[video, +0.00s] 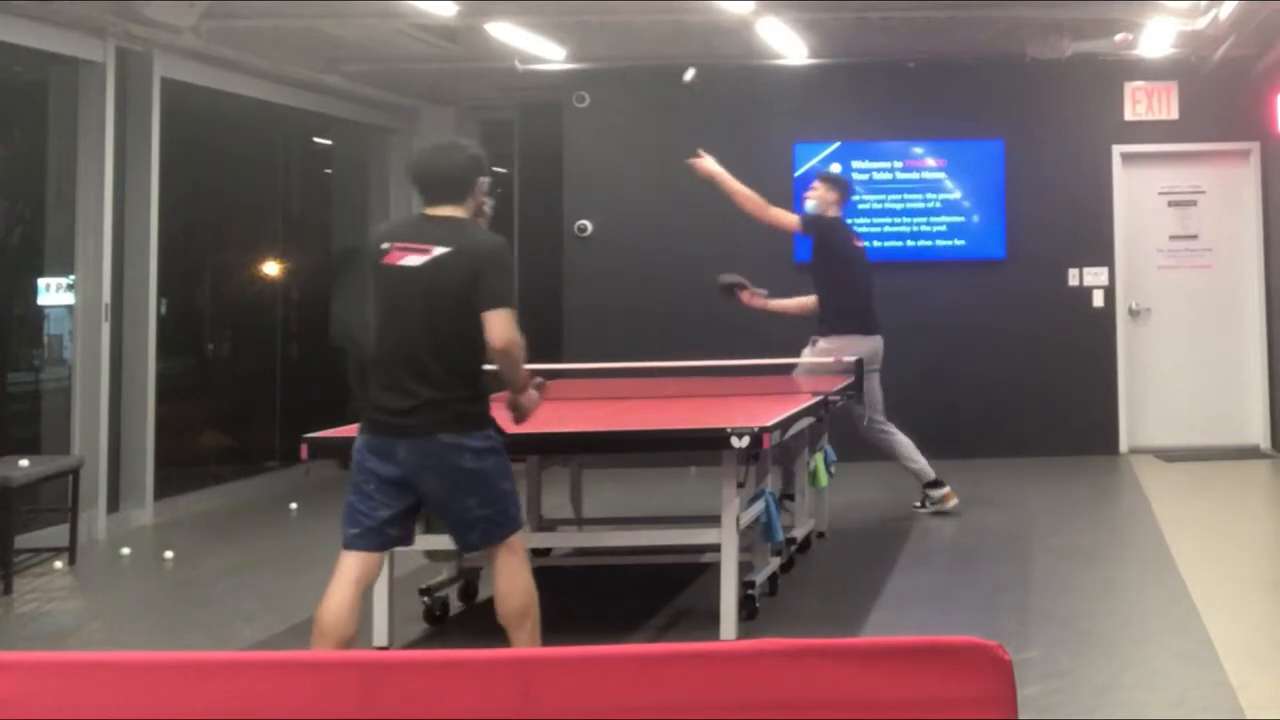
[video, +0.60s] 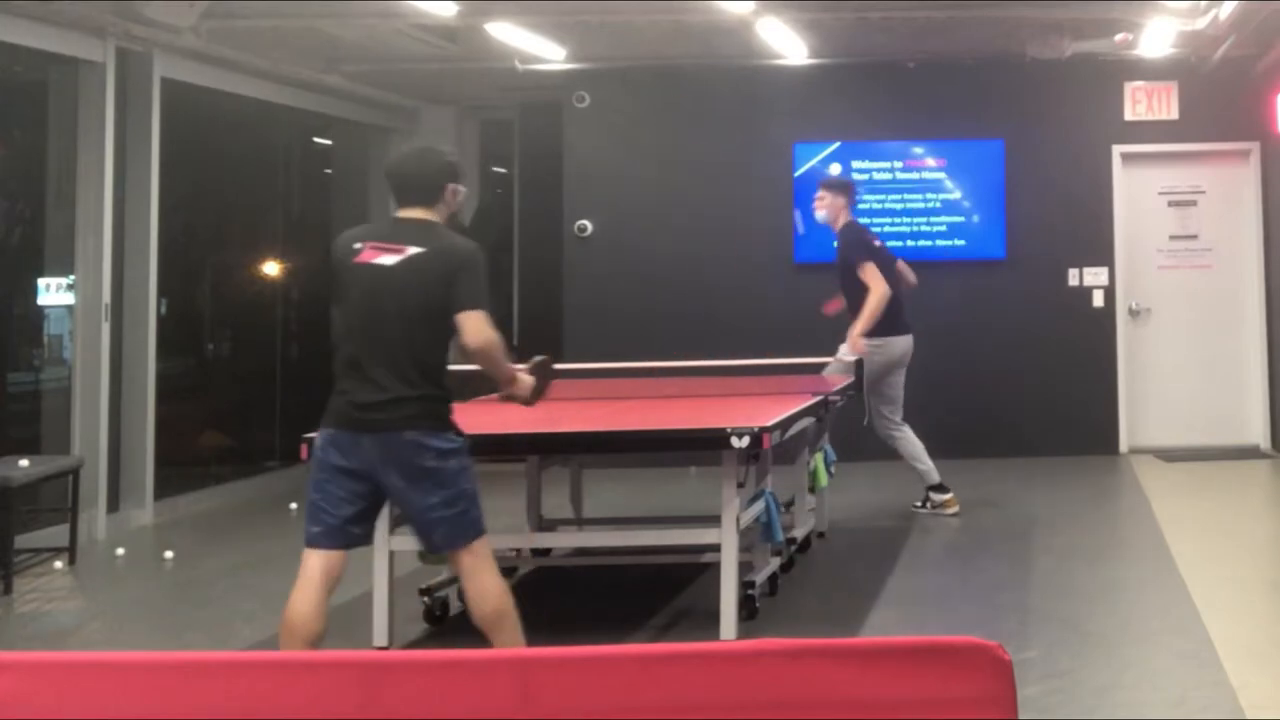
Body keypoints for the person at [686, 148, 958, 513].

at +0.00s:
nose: (808, 192)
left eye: (817, 187)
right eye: (811, 187)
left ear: (836, 198)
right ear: (834, 200)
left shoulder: (825, 227)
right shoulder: (848, 239)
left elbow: (763, 211)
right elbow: (822, 302)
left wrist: (717, 173)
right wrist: (766, 302)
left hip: (835, 345)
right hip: (868, 344)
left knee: (796, 420)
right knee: (874, 422)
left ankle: (790, 502)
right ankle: (935, 486)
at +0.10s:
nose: (821, 190)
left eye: (829, 185)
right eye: (824, 184)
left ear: (847, 197)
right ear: (846, 199)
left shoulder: (838, 229)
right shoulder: (857, 237)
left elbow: (775, 220)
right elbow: (840, 301)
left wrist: (730, 185)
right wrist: (788, 323)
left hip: (848, 342)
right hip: (880, 341)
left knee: (806, 413)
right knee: (885, 420)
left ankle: (788, 497)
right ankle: (939, 490)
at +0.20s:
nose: (829, 188)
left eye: (838, 184)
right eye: (832, 182)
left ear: (855, 196)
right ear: (852, 198)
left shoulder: (846, 230)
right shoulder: (863, 234)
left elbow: (790, 238)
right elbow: (862, 300)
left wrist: (747, 212)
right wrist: (826, 341)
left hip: (862, 342)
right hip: (888, 339)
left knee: (814, 411)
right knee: (887, 421)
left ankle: (795, 494)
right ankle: (939, 490)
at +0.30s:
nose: (832, 189)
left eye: (841, 185)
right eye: (835, 184)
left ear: (857, 197)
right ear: (855, 200)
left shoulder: (852, 230)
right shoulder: (868, 234)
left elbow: (817, 260)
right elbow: (874, 290)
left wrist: (768, 246)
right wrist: (854, 335)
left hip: (868, 342)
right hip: (894, 341)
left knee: (824, 416)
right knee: (888, 421)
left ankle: (797, 495)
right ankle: (939, 489)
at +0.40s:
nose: (830, 191)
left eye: (840, 187)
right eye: (833, 186)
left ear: (856, 199)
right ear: (852, 202)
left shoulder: (853, 233)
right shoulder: (867, 236)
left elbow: (846, 276)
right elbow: (902, 295)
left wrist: (793, 285)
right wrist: (898, 330)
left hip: (872, 344)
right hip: (898, 342)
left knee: (827, 417)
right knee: (889, 422)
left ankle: (793, 490)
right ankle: (938, 489)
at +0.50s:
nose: (825, 196)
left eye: (834, 191)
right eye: (827, 190)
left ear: (852, 201)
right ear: (851, 205)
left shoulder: (851, 237)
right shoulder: (868, 238)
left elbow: (868, 286)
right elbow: (913, 287)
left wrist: (826, 314)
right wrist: (898, 326)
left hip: (872, 344)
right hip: (899, 342)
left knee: (828, 417)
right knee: (887, 421)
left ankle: (797, 493)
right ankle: (938, 490)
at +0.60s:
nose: (816, 204)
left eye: (822, 199)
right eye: (816, 199)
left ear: (841, 202)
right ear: (842, 204)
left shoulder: (848, 238)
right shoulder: (865, 235)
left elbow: (879, 289)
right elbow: (908, 279)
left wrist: (856, 333)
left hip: (875, 342)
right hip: (898, 341)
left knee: (819, 404)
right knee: (888, 422)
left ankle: (805, 490)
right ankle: (938, 490)